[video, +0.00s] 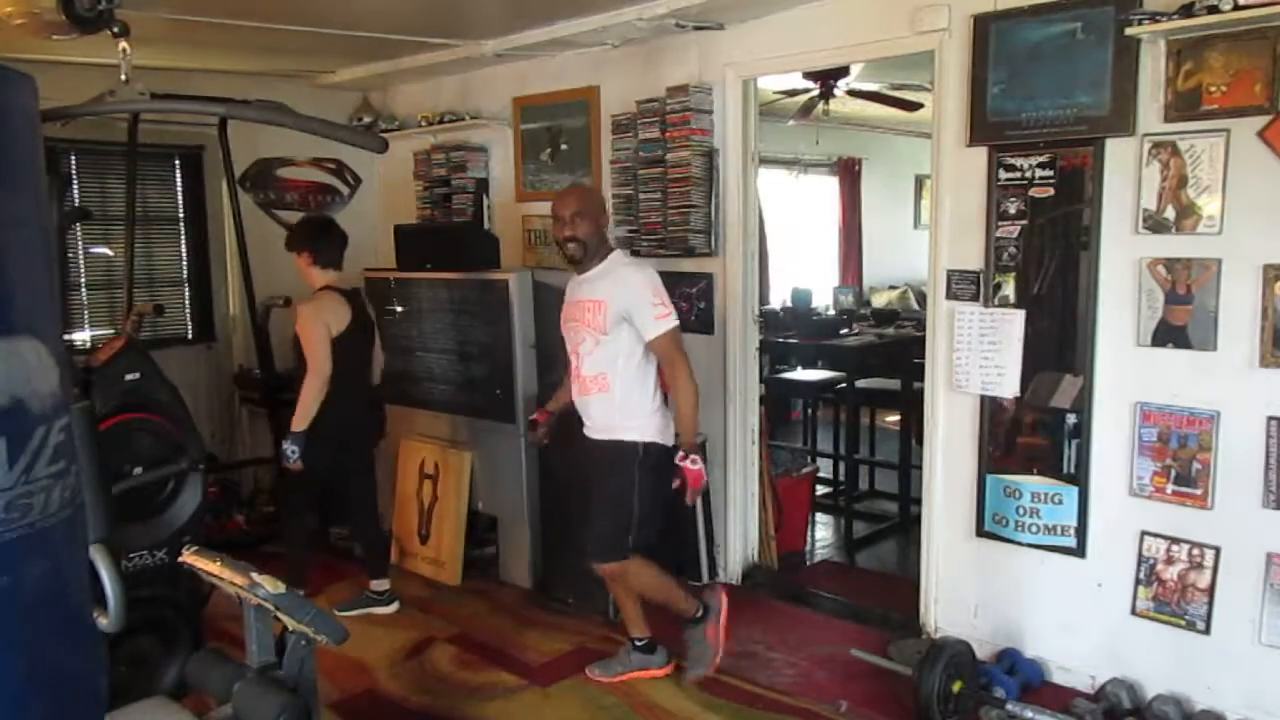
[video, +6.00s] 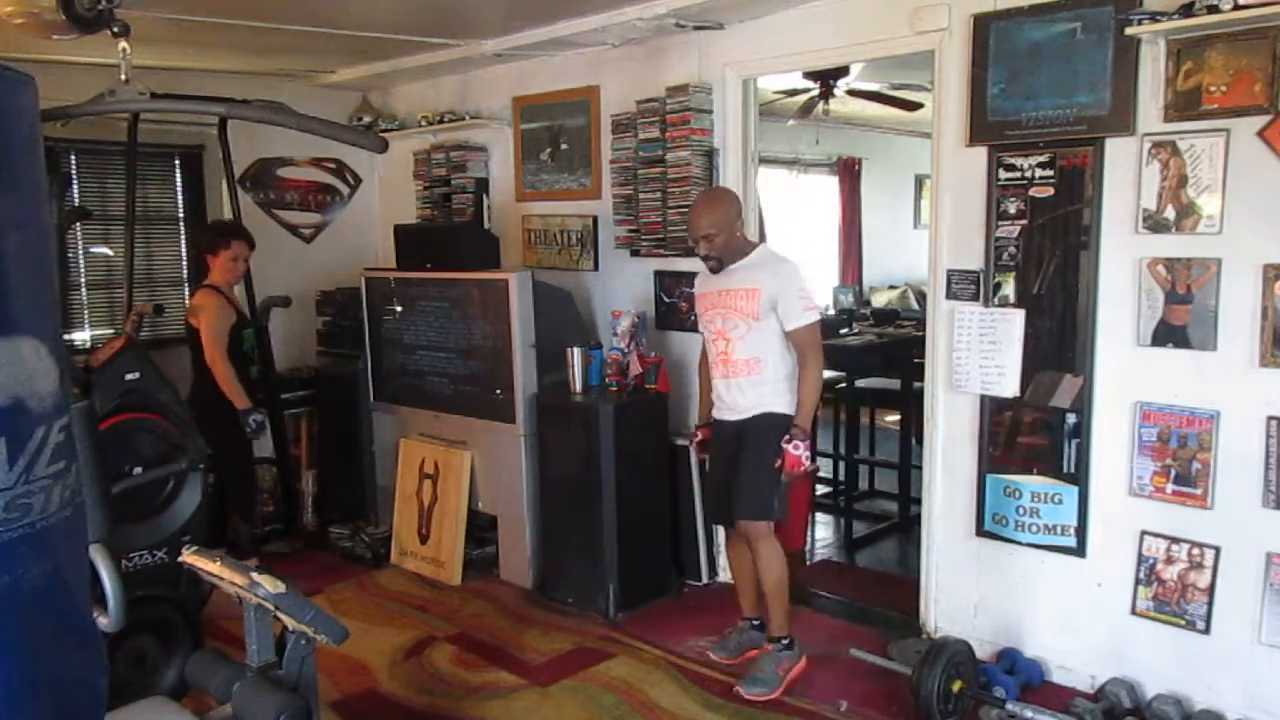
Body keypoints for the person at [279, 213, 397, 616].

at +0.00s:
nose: (297, 263)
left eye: (297, 256)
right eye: (297, 256)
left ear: (307, 258)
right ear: (337, 254)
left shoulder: (312, 310)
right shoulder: (359, 301)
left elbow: (319, 374)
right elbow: (376, 364)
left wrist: (295, 432)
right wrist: (358, 395)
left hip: (326, 422)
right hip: (361, 417)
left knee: (303, 503)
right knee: (363, 502)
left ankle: (295, 587)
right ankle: (380, 587)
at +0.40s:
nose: (260, 259)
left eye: (260, 253)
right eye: (262, 252)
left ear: (266, 257)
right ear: (303, 253)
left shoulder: (264, 308)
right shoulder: (327, 302)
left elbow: (262, 374)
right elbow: (346, 363)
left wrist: (241, 430)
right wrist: (346, 414)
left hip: (283, 426)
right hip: (327, 419)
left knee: (283, 506)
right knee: (330, 495)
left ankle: (289, 590)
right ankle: (366, 568)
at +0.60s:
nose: (246, 260)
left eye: (247, 254)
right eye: (249, 254)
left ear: (250, 257)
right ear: (287, 256)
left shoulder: (243, 308)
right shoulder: (314, 303)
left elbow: (235, 371)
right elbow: (335, 365)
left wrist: (210, 420)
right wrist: (324, 402)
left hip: (266, 418)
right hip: (312, 414)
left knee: (275, 496)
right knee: (294, 487)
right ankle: (319, 557)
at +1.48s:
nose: (236, 263)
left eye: (233, 257)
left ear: (234, 260)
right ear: (271, 258)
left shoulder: (216, 311)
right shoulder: (294, 309)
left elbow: (206, 371)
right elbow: (314, 367)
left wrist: (216, 407)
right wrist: (309, 403)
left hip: (238, 417)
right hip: (285, 414)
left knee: (237, 489)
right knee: (287, 491)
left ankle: (237, 559)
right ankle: (285, 561)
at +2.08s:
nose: (241, 262)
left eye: (239, 257)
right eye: (240, 257)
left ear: (199, 259)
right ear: (235, 260)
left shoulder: (187, 304)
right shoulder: (239, 302)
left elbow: (178, 359)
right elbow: (254, 360)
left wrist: (207, 376)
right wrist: (276, 403)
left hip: (207, 405)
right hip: (244, 404)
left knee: (218, 477)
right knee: (265, 476)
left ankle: (209, 551)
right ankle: (273, 555)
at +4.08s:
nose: (237, 263)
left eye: (239, 256)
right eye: (230, 255)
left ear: (236, 260)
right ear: (207, 258)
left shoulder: (209, 298)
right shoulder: (211, 304)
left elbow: (215, 358)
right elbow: (211, 360)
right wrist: (233, 411)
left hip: (211, 403)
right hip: (218, 407)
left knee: (226, 479)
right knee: (236, 480)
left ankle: (225, 547)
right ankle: (245, 551)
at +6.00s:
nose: (242, 268)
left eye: (245, 260)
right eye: (234, 259)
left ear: (248, 260)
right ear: (212, 259)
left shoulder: (224, 295)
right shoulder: (212, 302)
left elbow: (228, 354)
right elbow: (216, 359)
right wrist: (246, 407)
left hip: (219, 401)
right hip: (218, 405)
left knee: (233, 478)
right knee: (236, 479)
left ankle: (235, 549)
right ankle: (241, 552)